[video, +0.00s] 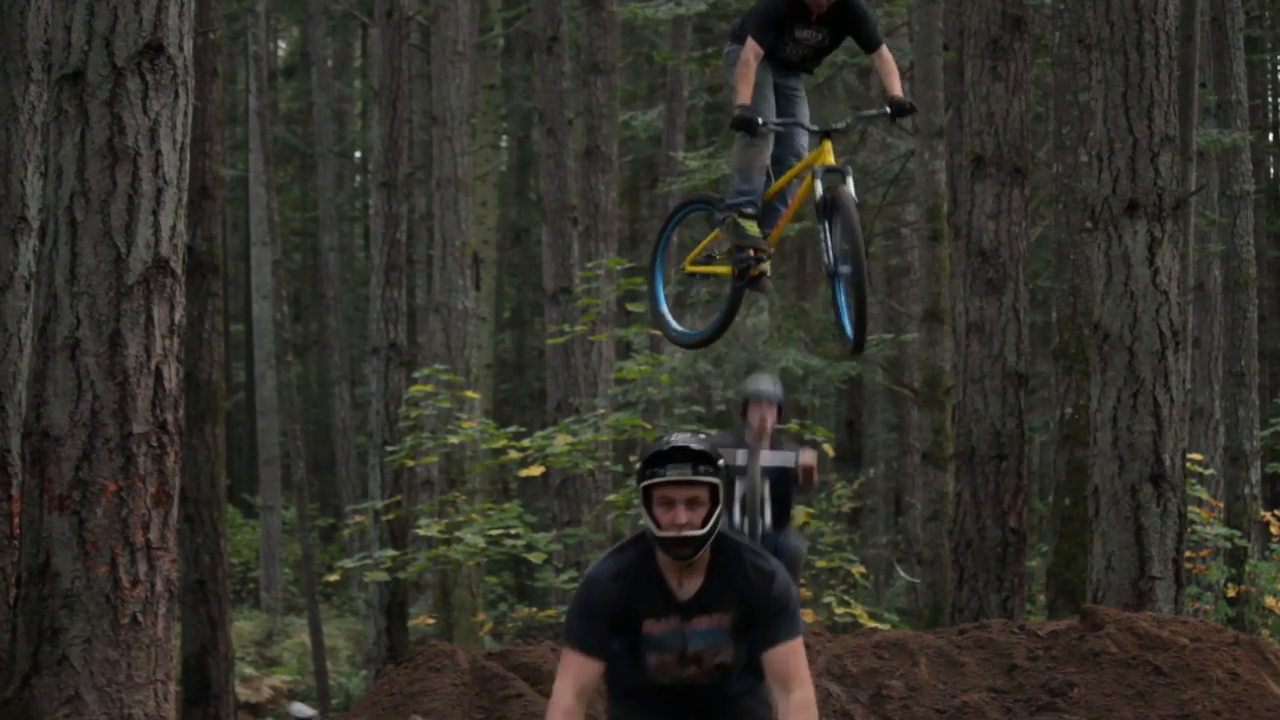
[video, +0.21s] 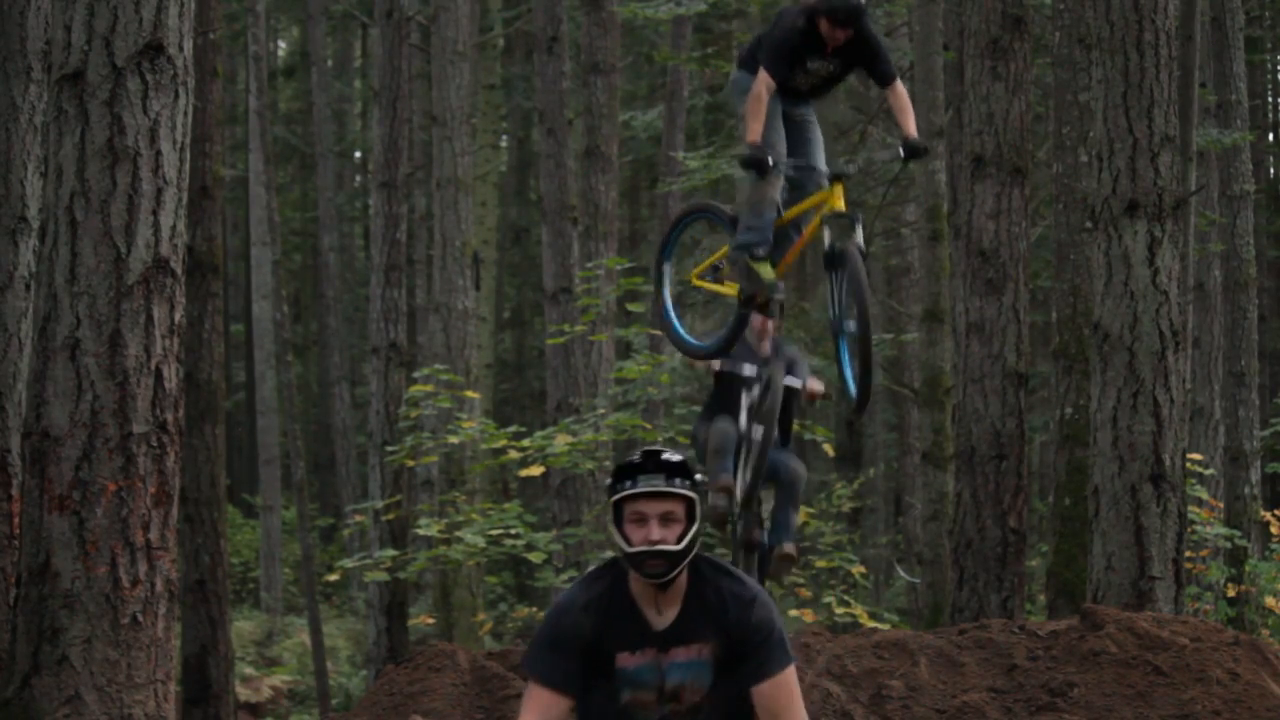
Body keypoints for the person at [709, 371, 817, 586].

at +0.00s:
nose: (763, 413)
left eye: (770, 406)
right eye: (757, 405)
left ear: (778, 413)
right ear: (745, 411)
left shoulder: (787, 452)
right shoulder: (726, 449)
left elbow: (803, 491)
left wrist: (807, 472)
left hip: (773, 534)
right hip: (732, 532)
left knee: (793, 548)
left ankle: (785, 611)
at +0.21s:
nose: (764, 323)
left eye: (770, 317)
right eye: (759, 315)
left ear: (777, 322)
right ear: (747, 317)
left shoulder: (787, 356)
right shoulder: (731, 347)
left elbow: (804, 378)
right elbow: (697, 355)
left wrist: (811, 386)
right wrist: (709, 360)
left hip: (766, 445)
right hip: (724, 437)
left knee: (794, 471)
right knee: (724, 428)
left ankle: (782, 542)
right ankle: (720, 494)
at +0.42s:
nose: (761, 229)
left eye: (767, 222)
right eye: (756, 220)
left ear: (778, 228)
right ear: (744, 223)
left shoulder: (785, 267)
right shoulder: (728, 254)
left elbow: (801, 311)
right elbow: (694, 269)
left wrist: (814, 342)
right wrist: (709, 282)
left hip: (772, 350)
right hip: (728, 340)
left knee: (785, 414)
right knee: (728, 368)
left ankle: (783, 490)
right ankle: (726, 430)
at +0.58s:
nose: (755, 180)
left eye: (762, 174)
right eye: (750, 172)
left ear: (775, 178)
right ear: (742, 174)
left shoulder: (785, 220)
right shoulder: (729, 207)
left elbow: (798, 265)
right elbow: (691, 229)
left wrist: (803, 289)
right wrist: (711, 244)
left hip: (770, 306)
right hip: (730, 299)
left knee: (779, 377)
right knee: (729, 322)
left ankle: (783, 457)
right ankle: (730, 383)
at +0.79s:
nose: (764, 116)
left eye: (771, 109)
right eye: (756, 109)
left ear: (781, 114)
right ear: (744, 114)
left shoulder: (800, 164)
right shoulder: (729, 149)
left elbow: (815, 218)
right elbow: (700, 174)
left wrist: (828, 240)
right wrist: (720, 189)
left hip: (780, 251)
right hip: (733, 248)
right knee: (742, 269)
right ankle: (739, 347)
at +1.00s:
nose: (769, 99)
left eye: (776, 92)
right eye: (761, 91)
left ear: (786, 95)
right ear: (747, 94)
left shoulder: (807, 140)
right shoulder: (734, 124)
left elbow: (829, 191)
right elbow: (710, 152)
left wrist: (851, 200)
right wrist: (737, 153)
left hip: (783, 244)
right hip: (736, 236)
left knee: (792, 330)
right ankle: (738, 298)